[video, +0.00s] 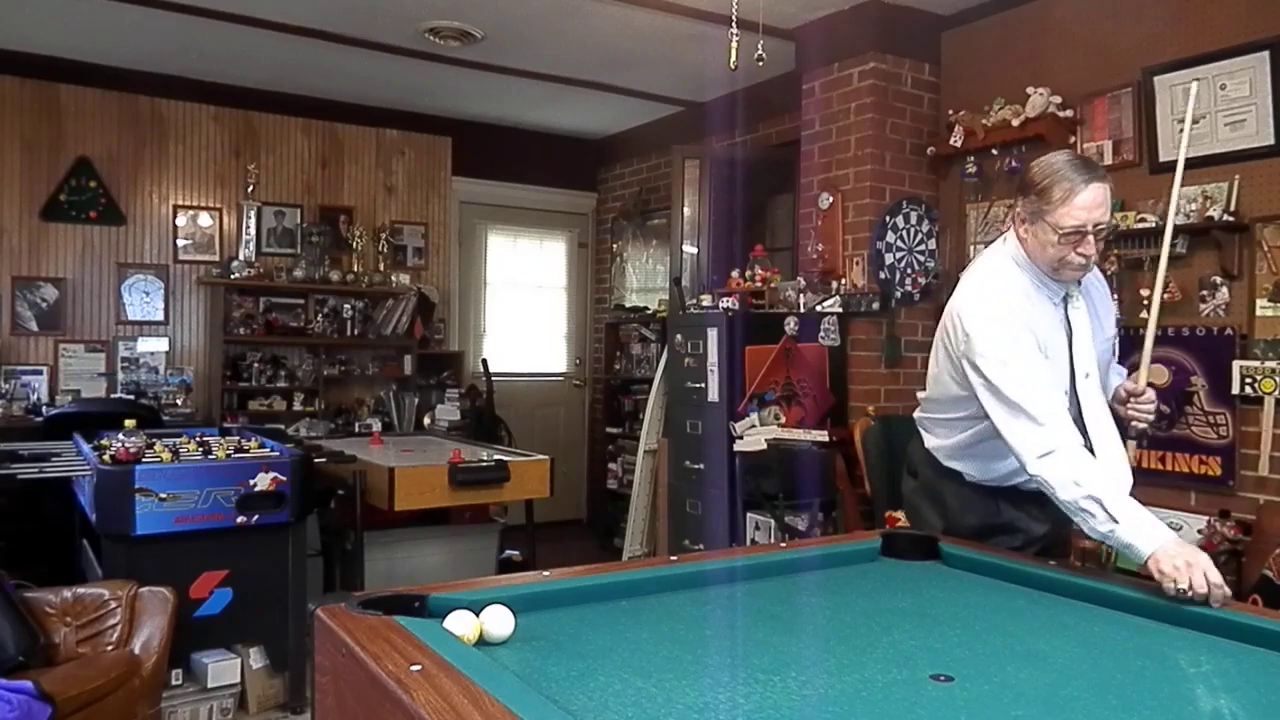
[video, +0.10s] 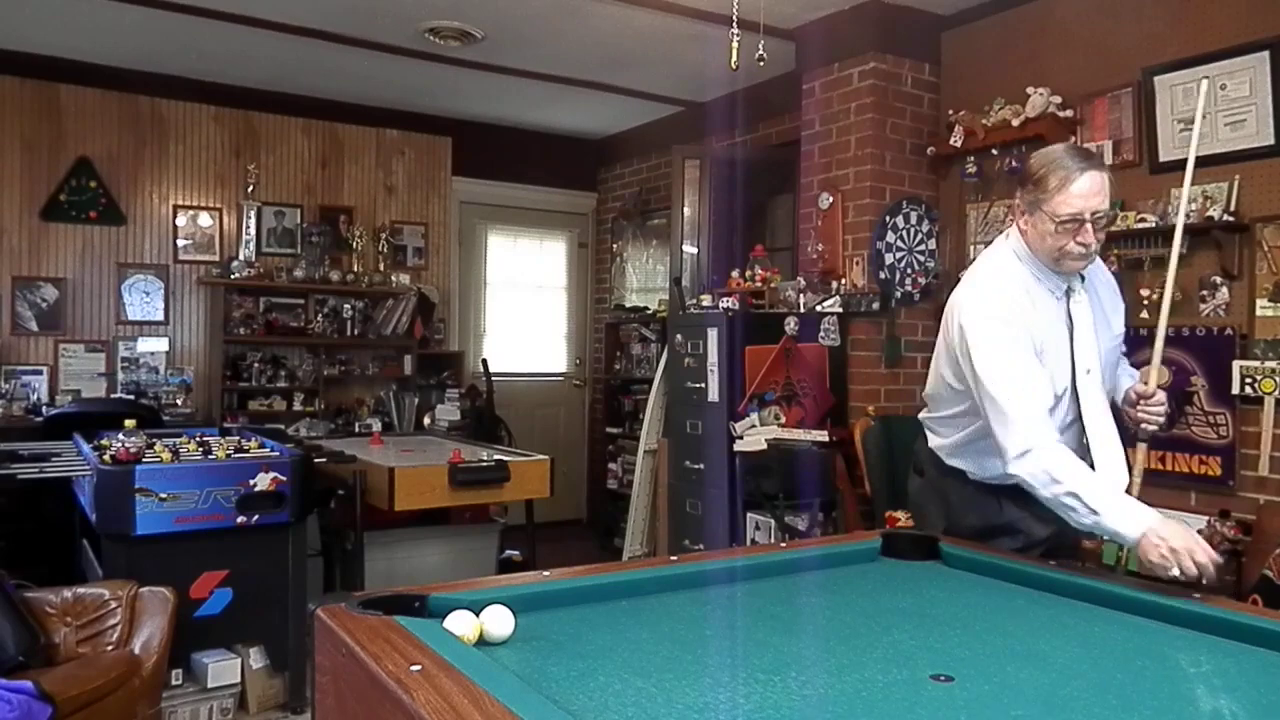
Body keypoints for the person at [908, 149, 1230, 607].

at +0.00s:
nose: (1089, 250)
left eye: (1099, 231)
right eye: (1071, 233)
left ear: (1107, 221)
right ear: (1022, 223)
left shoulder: (1085, 277)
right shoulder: (989, 306)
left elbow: (1099, 363)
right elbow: (1049, 452)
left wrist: (1121, 392)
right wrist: (1156, 544)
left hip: (1045, 501)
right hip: (967, 505)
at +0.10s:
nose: (1088, 239)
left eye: (1098, 220)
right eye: (1069, 222)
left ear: (1108, 213)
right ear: (1023, 217)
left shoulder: (1094, 277)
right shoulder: (989, 298)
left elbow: (1110, 359)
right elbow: (1030, 451)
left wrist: (1129, 393)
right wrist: (1140, 527)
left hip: (1057, 493)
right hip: (975, 500)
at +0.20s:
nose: (1086, 226)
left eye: (1097, 208)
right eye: (1066, 210)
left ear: (1107, 203)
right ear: (1021, 210)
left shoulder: (1102, 272)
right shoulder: (986, 290)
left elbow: (1123, 357)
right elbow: (988, 440)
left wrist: (1141, 398)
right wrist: (1102, 509)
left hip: (1076, 493)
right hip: (985, 498)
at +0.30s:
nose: (1079, 213)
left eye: (1090, 194)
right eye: (1059, 198)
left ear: (1103, 193)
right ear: (1021, 202)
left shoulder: (1114, 271)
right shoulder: (982, 284)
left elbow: (1142, 356)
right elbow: (959, 430)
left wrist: (1154, 403)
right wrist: (1054, 504)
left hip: (1085, 501)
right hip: (991, 505)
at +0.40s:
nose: (1068, 199)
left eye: (1083, 182)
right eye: (1049, 186)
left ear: (1105, 185)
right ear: (1021, 192)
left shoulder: (1127, 274)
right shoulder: (978, 281)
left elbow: (1160, 360)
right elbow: (934, 408)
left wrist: (1165, 408)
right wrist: (1005, 486)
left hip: (1101, 506)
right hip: (994, 512)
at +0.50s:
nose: (1062, 188)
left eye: (1079, 172)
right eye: (1046, 176)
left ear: (1111, 178)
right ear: (1030, 188)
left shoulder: (1150, 281)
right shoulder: (984, 271)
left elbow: (1192, 373)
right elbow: (919, 380)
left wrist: (1182, 425)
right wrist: (962, 450)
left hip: (1109, 512)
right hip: (998, 507)